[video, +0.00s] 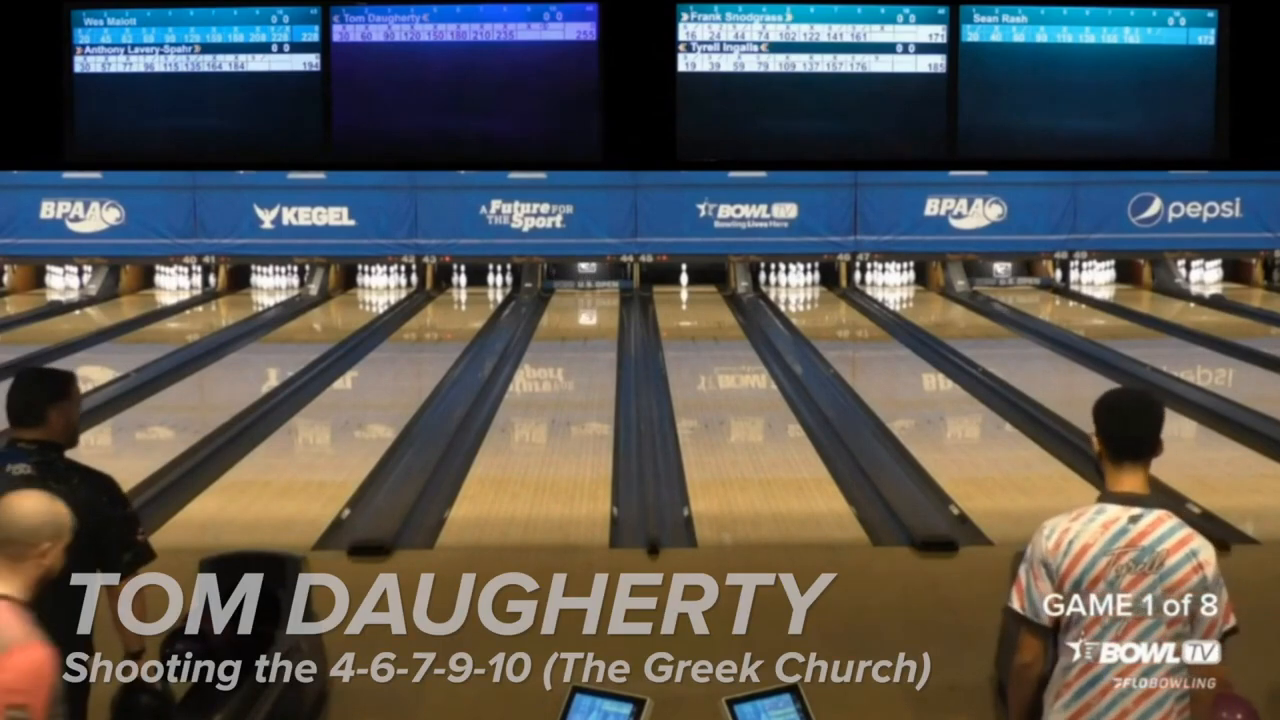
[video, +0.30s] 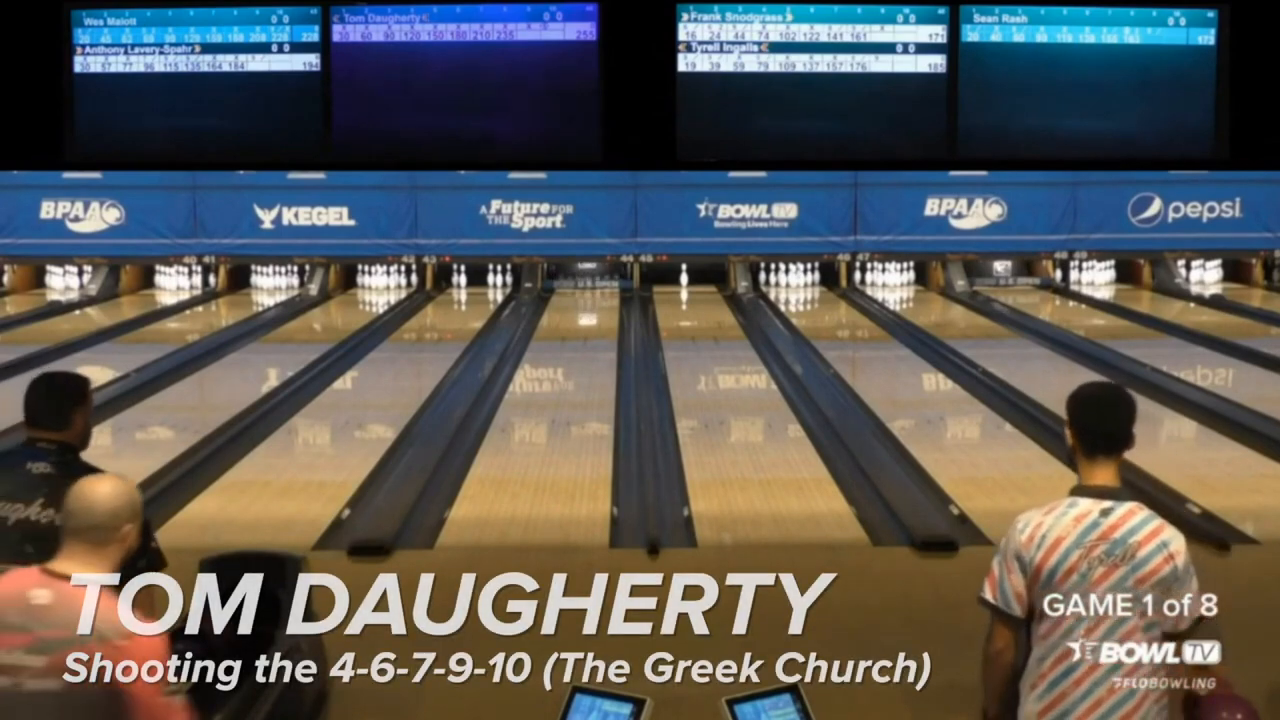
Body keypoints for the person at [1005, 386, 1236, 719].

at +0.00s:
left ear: (1096, 446)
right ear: (1159, 449)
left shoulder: (1055, 538)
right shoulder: (1195, 549)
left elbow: (1029, 660)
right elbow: (1207, 671)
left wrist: (1020, 712)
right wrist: (1198, 715)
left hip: (1071, 709)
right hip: (1162, 712)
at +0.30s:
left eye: (1067, 429)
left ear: (1070, 437)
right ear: (1130, 442)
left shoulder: (1031, 532)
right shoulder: (1167, 541)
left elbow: (1001, 647)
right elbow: (1180, 642)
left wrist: (994, 710)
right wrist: (1178, 711)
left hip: (1048, 708)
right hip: (1138, 710)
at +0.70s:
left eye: (1035, 420)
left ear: (1035, 428)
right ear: (1095, 434)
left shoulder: (997, 518)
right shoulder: (1126, 528)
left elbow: (968, 625)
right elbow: (1137, 619)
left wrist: (965, 701)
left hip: (1014, 704)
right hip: (1098, 706)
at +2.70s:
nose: (1057, 409)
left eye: (1058, 403)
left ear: (1062, 412)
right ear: (1118, 418)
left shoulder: (1023, 496)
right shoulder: (1151, 507)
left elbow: (986, 598)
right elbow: (1158, 597)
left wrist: (989, 660)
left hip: (1033, 686)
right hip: (1112, 691)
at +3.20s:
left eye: (1058, 404)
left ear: (1062, 413)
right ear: (1118, 416)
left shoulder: (1023, 493)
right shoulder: (1152, 506)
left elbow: (986, 597)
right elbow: (1160, 609)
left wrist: (987, 663)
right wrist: (1139, 672)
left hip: (1032, 686)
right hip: (1110, 692)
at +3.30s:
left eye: (1059, 408)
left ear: (1061, 414)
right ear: (1117, 419)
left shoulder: (1022, 498)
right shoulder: (1147, 511)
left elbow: (984, 601)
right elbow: (1156, 611)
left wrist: (986, 665)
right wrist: (1138, 670)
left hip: (1030, 683)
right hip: (1108, 691)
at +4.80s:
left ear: (1070, 415)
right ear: (1127, 421)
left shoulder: (1032, 497)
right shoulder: (1153, 514)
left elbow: (991, 601)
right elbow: (1154, 615)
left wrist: (987, 665)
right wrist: (1137, 673)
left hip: (1032, 686)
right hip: (1109, 696)